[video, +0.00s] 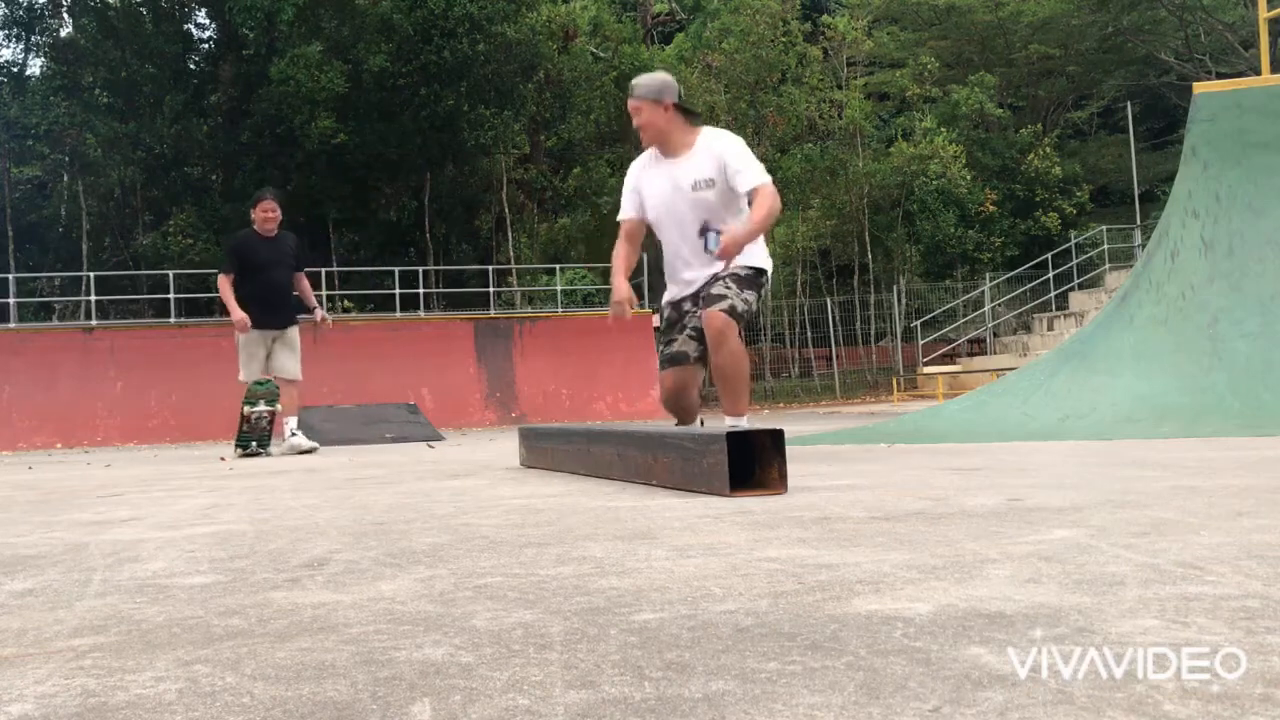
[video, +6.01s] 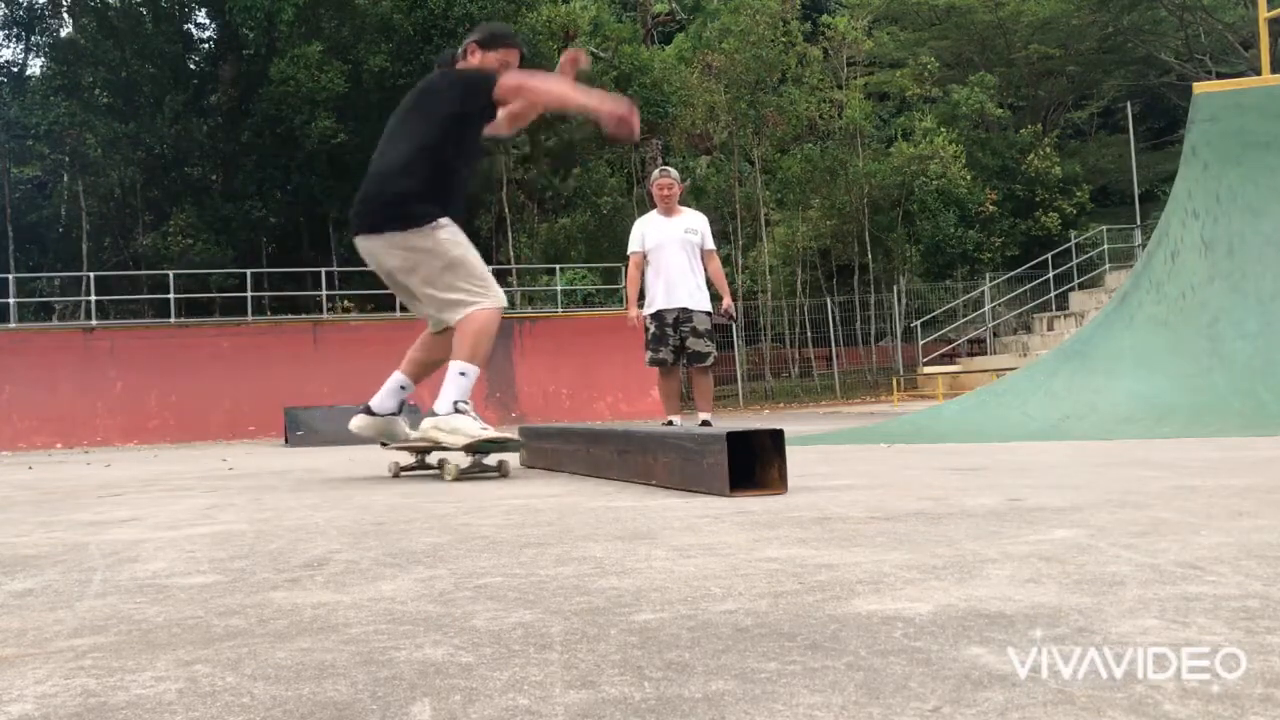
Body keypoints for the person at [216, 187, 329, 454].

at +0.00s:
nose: (270, 216)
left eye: (274, 211)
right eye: (264, 211)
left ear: (280, 214)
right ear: (253, 214)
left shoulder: (289, 242)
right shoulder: (240, 243)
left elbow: (299, 278)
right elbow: (224, 281)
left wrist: (315, 307)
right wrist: (235, 311)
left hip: (286, 325)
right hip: (252, 327)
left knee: (289, 379)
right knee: (252, 383)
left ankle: (291, 434)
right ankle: (253, 439)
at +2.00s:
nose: (262, 252)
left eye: (267, 248)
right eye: (258, 247)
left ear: (274, 244)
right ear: (248, 239)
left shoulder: (279, 260)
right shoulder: (229, 258)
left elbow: (290, 292)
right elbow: (202, 292)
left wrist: (301, 324)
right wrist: (202, 331)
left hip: (258, 325)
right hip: (228, 321)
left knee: (260, 381)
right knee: (248, 362)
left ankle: (252, 432)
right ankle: (238, 424)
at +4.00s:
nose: (310, 170)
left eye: (315, 164)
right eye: (304, 161)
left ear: (318, 168)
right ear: (282, 159)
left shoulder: (289, 199)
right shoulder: (258, 185)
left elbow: (305, 235)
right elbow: (230, 233)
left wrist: (316, 274)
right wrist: (230, 290)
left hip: (211, 272)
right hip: (220, 272)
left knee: (238, 351)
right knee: (261, 342)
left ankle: (204, 420)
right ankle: (239, 422)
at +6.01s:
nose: (508, 77)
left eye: (512, 69)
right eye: (502, 66)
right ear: (472, 54)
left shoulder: (449, 101)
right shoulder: (455, 82)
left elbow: (505, 121)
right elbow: (522, 86)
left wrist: (557, 84)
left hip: (374, 226)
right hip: (409, 217)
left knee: (451, 324)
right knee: (485, 303)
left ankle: (382, 409)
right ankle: (451, 409)